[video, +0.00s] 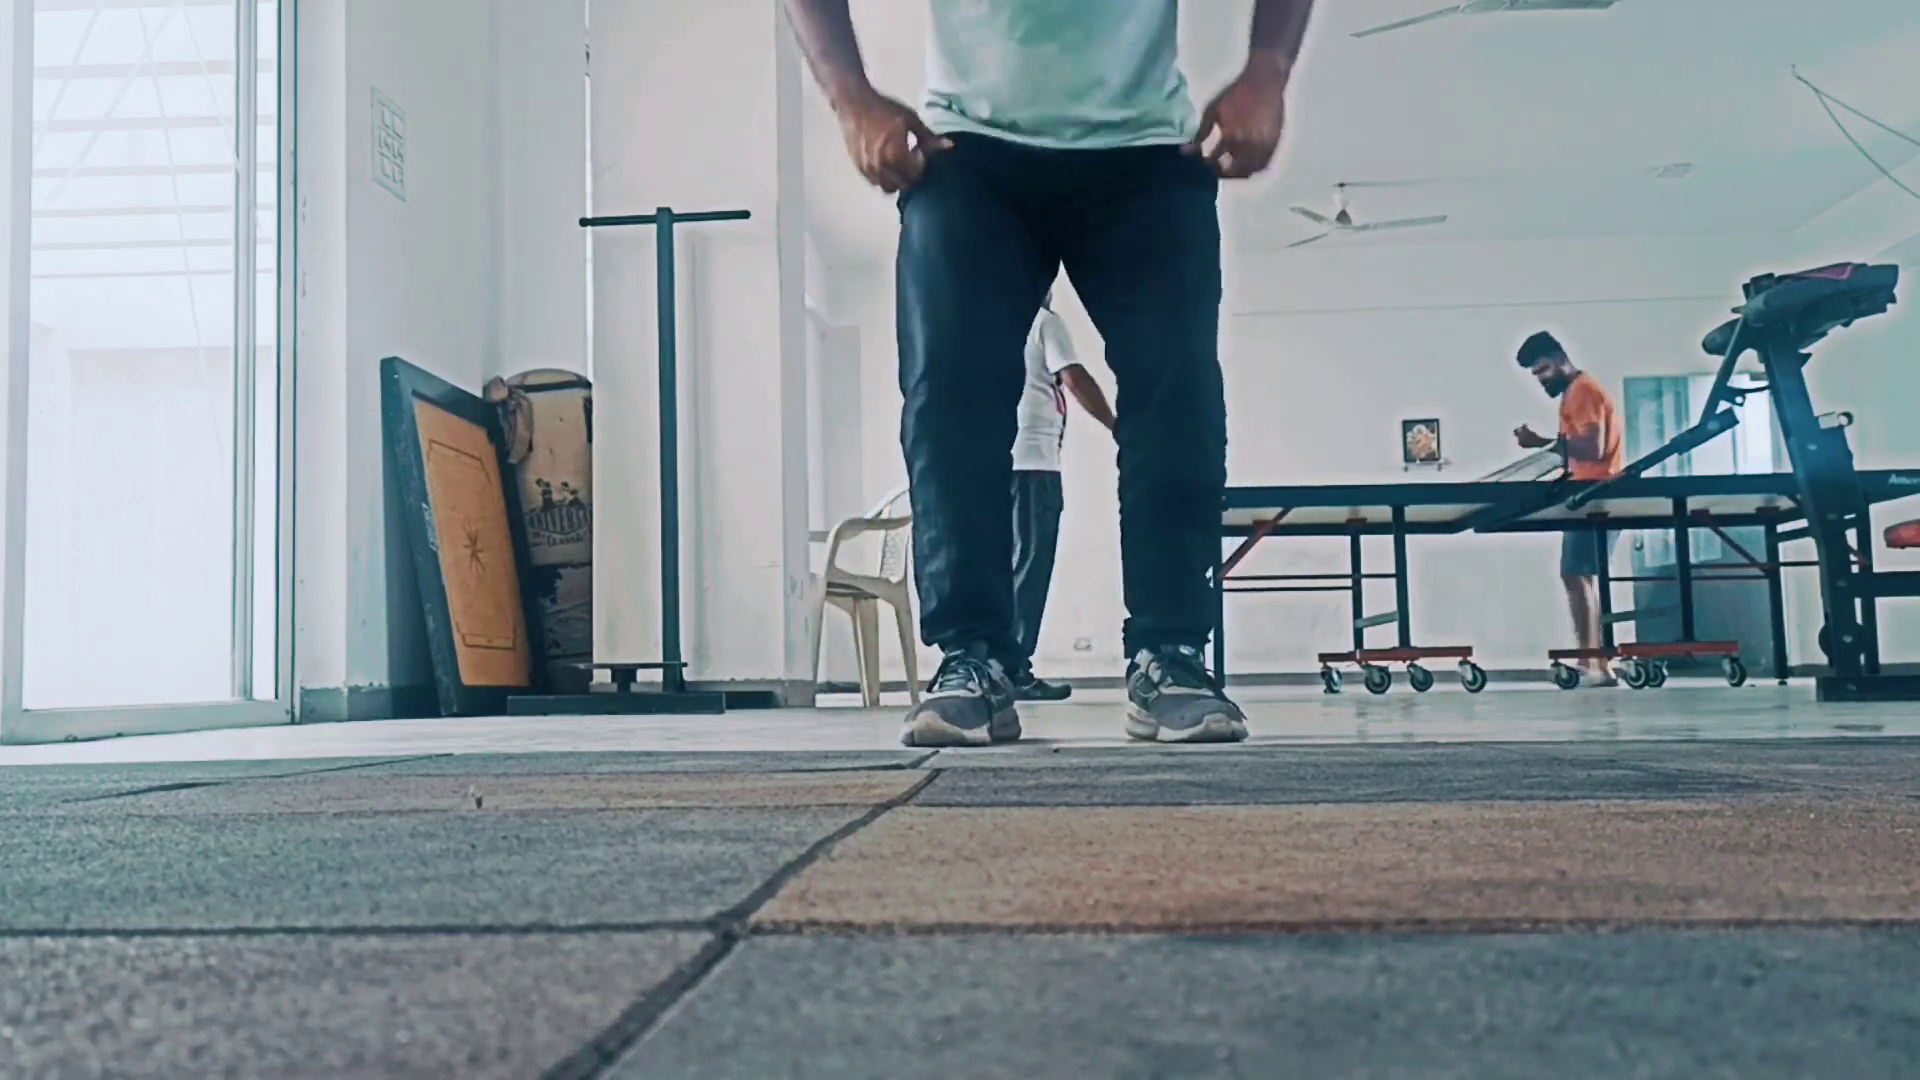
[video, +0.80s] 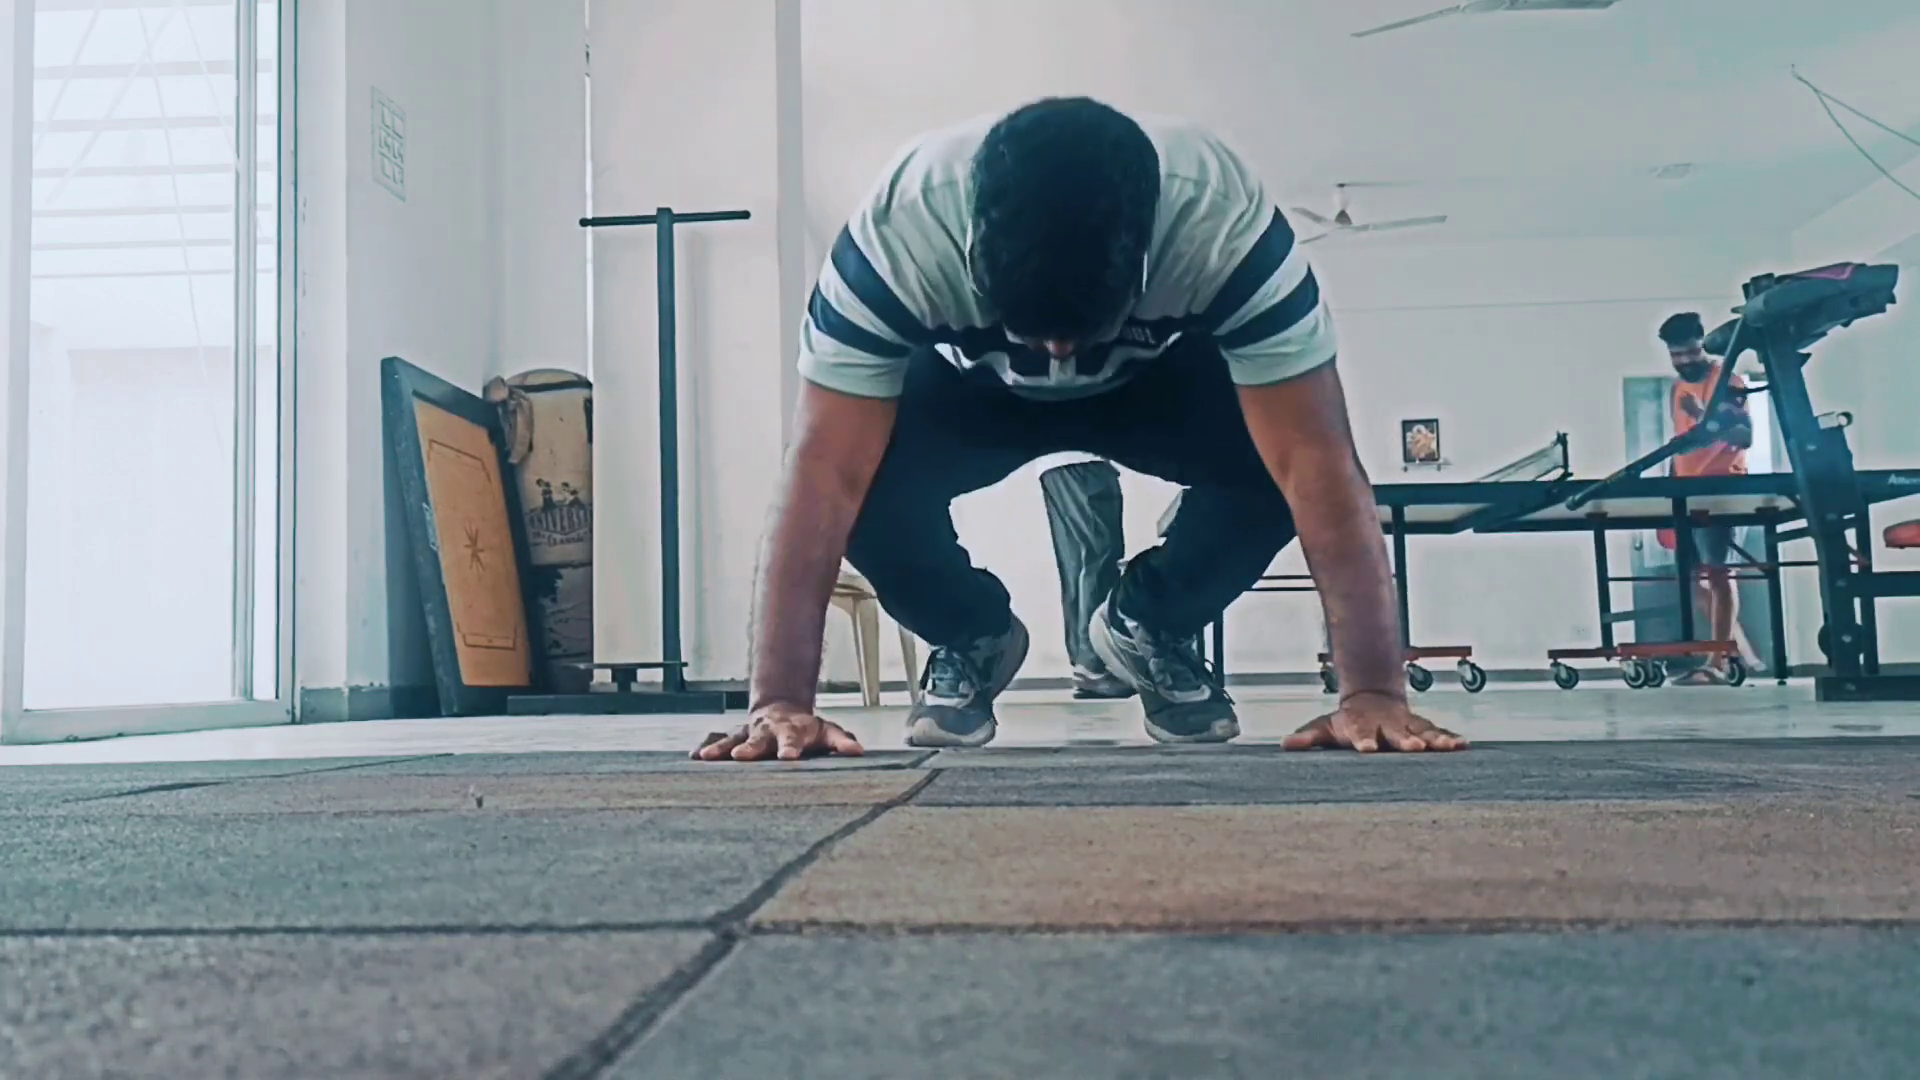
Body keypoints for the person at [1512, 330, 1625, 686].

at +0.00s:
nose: (1539, 379)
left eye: (1541, 369)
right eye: (1535, 373)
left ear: (1559, 360)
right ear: (1550, 366)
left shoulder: (1584, 391)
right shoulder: (1573, 395)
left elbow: (1595, 448)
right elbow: (1576, 448)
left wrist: (1543, 443)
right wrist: (1543, 444)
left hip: (1595, 497)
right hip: (1586, 496)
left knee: (1577, 574)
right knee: (1579, 575)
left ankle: (1592, 664)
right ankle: (1593, 662)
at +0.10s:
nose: (1550, 376)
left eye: (1553, 367)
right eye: (1545, 370)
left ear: (1572, 358)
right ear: (1550, 367)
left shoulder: (1596, 389)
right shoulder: (1576, 398)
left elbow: (1605, 448)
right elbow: (1588, 449)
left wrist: (1553, 438)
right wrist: (1569, 477)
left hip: (1604, 497)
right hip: (1588, 498)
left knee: (1591, 579)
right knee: (1584, 578)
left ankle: (1606, 662)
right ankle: (1601, 661)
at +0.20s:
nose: (1566, 374)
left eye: (1570, 364)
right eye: (1561, 368)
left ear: (1589, 357)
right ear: (1561, 368)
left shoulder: (1614, 388)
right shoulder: (1586, 400)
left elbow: (1621, 446)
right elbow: (1595, 453)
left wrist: (1568, 434)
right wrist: (1581, 491)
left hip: (1614, 498)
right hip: (1590, 499)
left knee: (1618, 579)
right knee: (1590, 583)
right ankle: (1602, 665)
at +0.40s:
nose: (1603, 370)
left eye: (1608, 361)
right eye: (1596, 365)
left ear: (1625, 355)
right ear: (1593, 366)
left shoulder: (1651, 388)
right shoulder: (1615, 398)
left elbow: (1655, 442)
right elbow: (1624, 453)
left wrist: (1604, 426)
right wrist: (1613, 489)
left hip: (1657, 496)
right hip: (1625, 497)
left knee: (1670, 581)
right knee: (1612, 581)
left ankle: (1711, 661)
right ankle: (1602, 665)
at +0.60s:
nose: (1645, 367)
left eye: (1651, 357)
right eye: (1638, 360)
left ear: (1667, 350)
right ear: (1631, 361)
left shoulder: (1689, 385)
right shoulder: (1648, 391)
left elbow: (1697, 443)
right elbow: (1662, 446)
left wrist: (1651, 418)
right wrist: (1650, 480)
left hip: (1691, 490)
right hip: (1661, 491)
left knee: (1698, 578)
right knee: (1652, 578)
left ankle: (1713, 662)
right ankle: (1644, 659)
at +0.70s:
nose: (1666, 363)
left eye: (1673, 353)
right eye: (1658, 356)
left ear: (1687, 347)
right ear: (1650, 357)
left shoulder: (1712, 382)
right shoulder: (1663, 391)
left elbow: (1717, 435)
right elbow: (1666, 448)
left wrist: (1673, 410)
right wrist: (1661, 502)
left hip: (1709, 487)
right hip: (1672, 490)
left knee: (1709, 574)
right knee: (1672, 578)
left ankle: (1716, 659)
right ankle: (1686, 657)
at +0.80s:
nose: (1684, 361)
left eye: (1690, 352)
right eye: (1676, 354)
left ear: (1704, 346)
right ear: (1669, 353)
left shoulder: (1728, 377)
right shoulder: (1678, 389)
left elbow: (1745, 435)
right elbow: (1677, 444)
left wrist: (1708, 426)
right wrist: (1673, 489)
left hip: (1723, 482)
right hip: (1689, 485)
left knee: (1718, 571)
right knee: (1696, 579)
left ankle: (1718, 662)